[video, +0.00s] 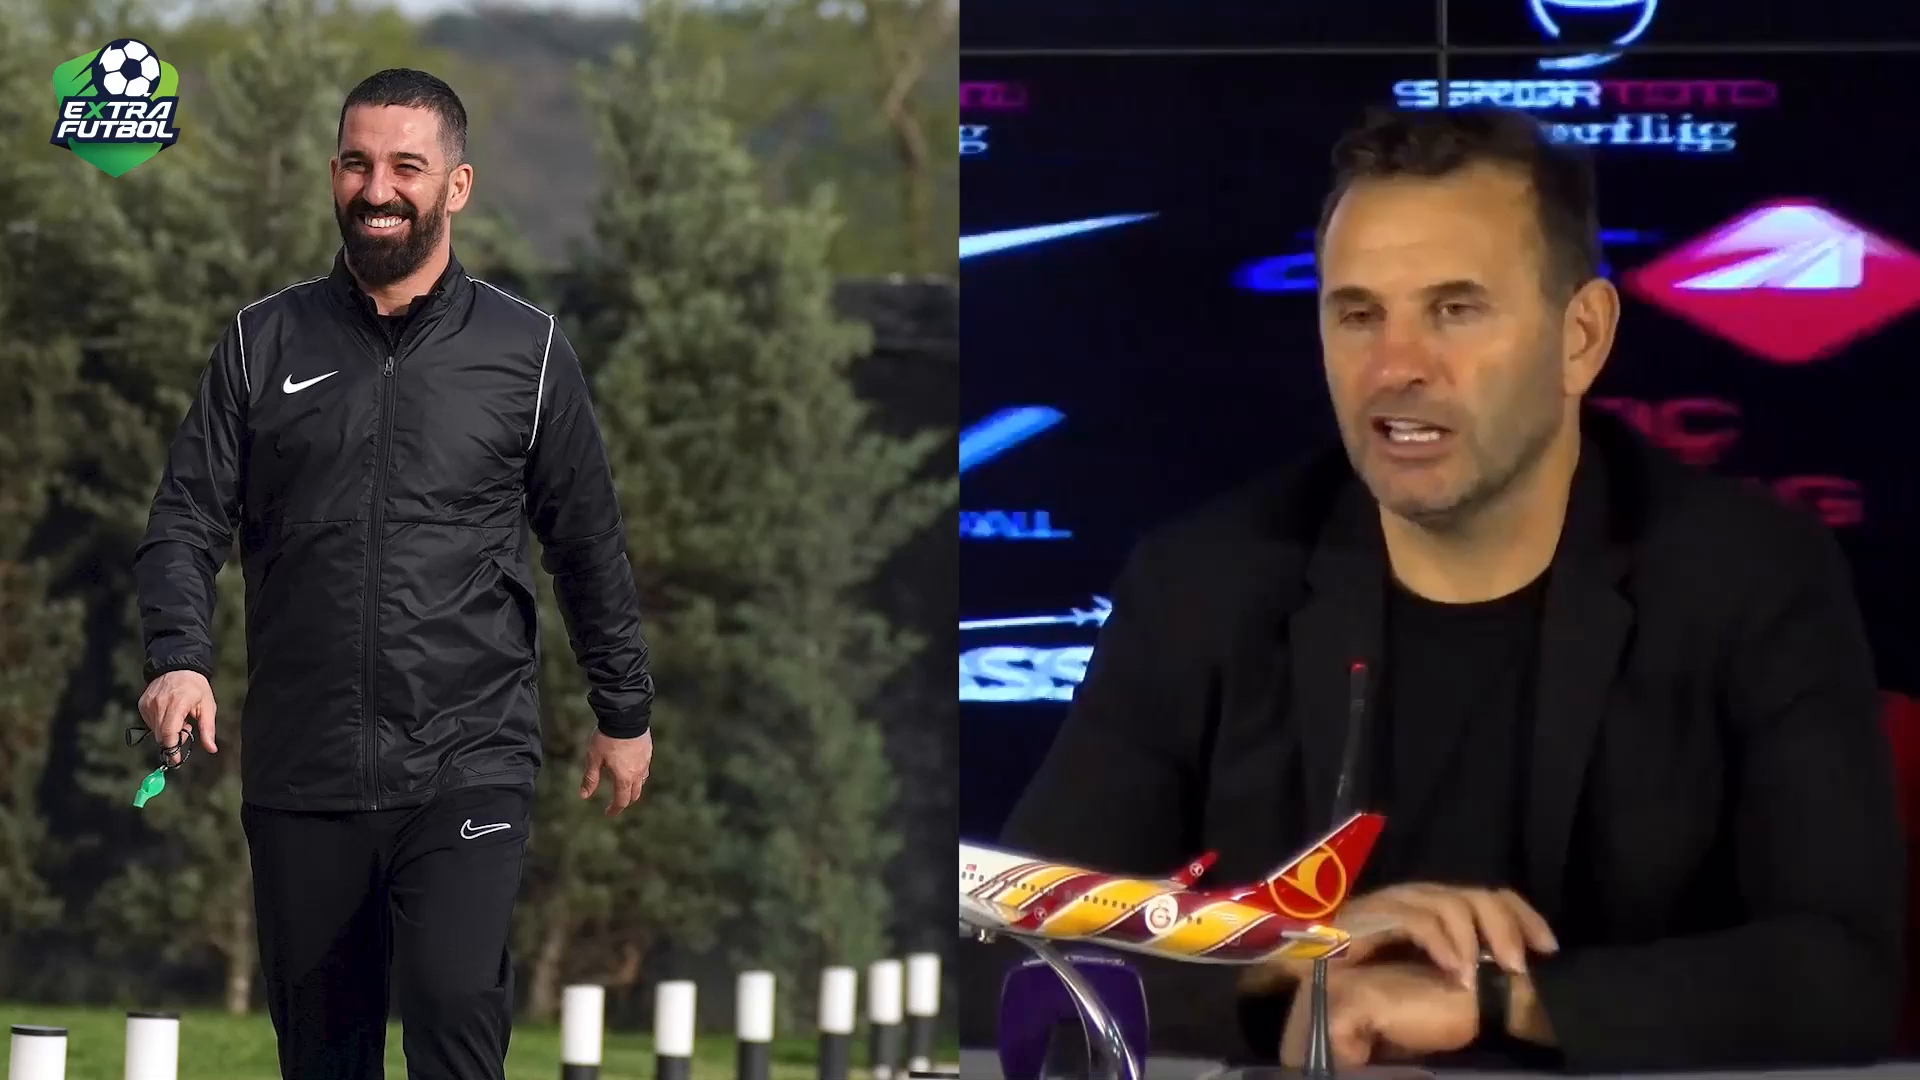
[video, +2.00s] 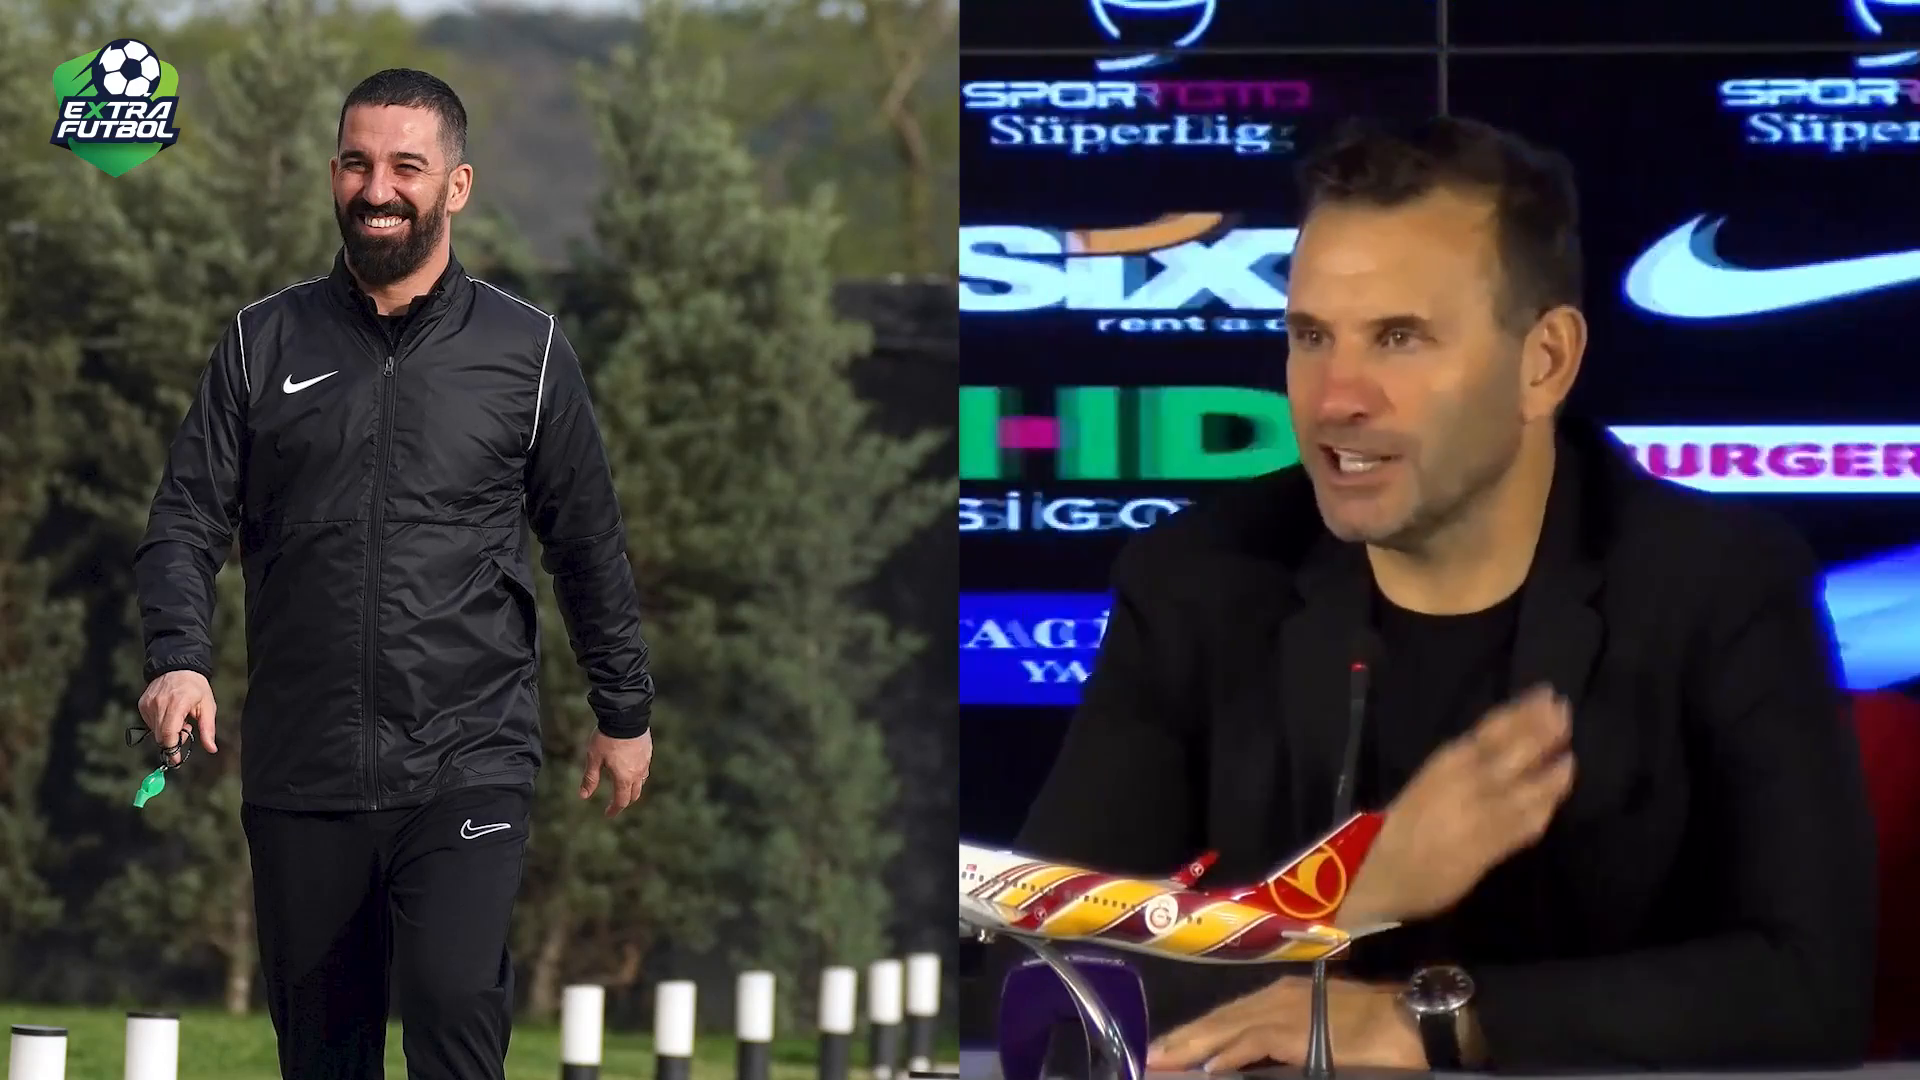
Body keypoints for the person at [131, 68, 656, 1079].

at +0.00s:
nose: (376, 187)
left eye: (405, 164)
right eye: (356, 162)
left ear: (458, 186)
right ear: (334, 177)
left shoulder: (529, 350)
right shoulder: (259, 344)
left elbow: (589, 542)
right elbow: (187, 515)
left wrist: (623, 709)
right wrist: (177, 659)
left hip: (472, 752)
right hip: (303, 755)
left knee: (454, 1017)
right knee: (320, 1041)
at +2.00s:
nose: (376, 187)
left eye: (405, 164)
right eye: (356, 162)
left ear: (458, 185)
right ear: (334, 176)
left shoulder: (529, 349)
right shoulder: (260, 343)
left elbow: (589, 540)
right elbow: (187, 513)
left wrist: (623, 708)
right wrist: (178, 658)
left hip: (472, 753)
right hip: (302, 755)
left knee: (455, 1018)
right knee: (320, 1042)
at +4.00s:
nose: (376, 187)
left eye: (405, 164)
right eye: (356, 162)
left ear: (458, 185)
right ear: (334, 176)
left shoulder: (529, 349)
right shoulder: (259, 343)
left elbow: (588, 540)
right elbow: (187, 513)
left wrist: (623, 709)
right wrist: (178, 658)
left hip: (472, 752)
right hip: (302, 755)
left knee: (455, 1018)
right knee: (320, 1042)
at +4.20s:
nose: (376, 187)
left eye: (405, 164)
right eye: (356, 162)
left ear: (458, 185)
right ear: (334, 176)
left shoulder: (529, 349)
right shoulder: (259, 343)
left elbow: (588, 541)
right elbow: (187, 513)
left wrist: (623, 709)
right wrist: (178, 658)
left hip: (472, 752)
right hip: (302, 755)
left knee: (455, 1018)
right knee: (320, 1042)